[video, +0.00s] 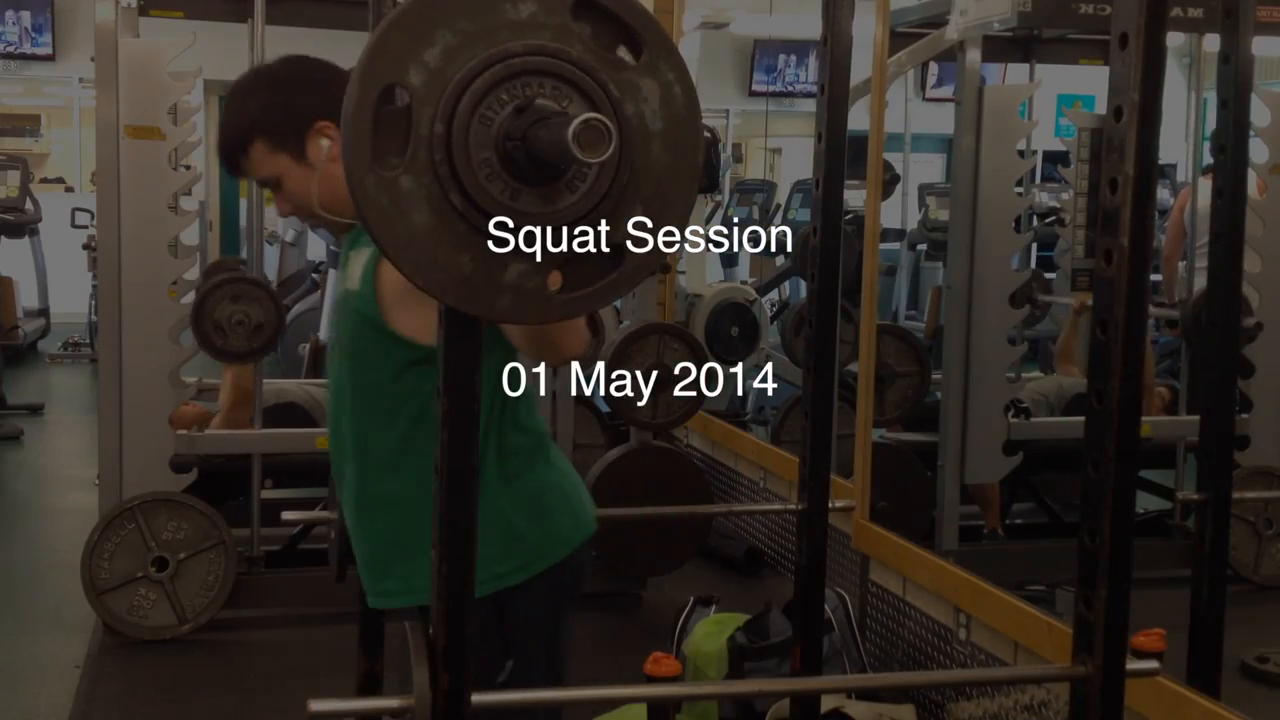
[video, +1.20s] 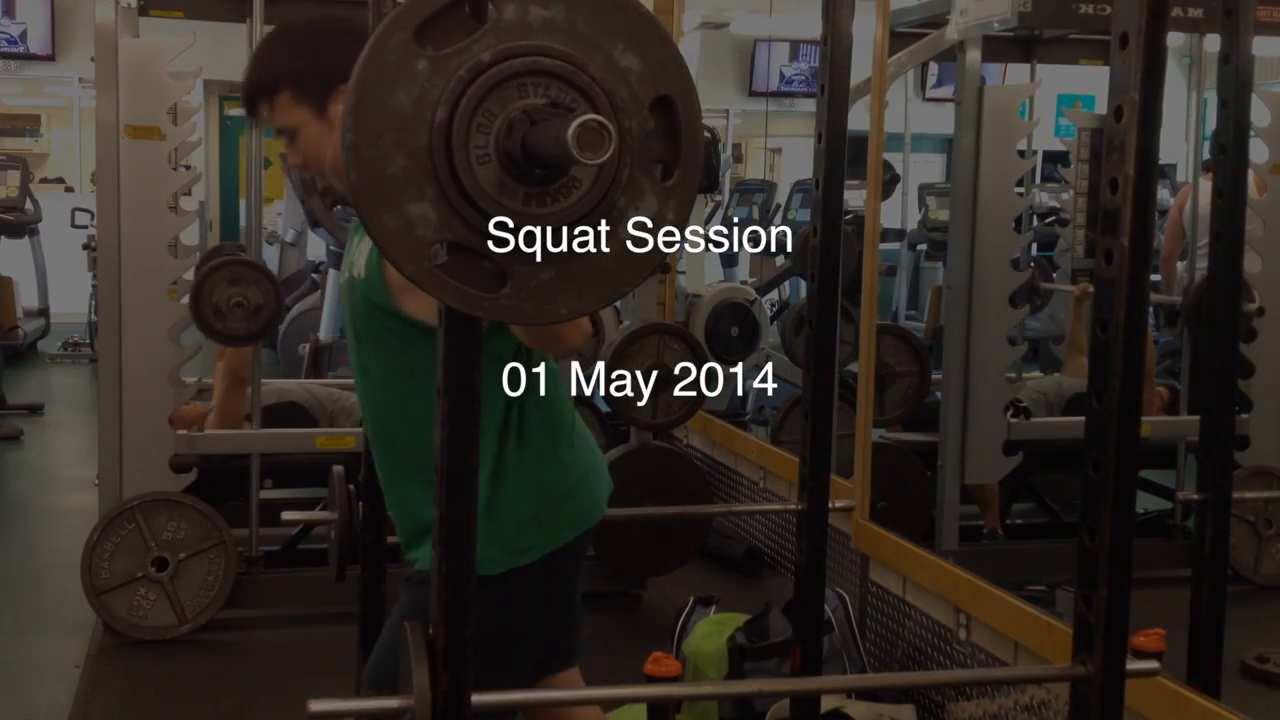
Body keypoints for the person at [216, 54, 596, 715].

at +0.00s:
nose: (280, 210)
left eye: (275, 184)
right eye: (268, 191)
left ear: (326, 144)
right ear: (327, 147)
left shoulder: (416, 245)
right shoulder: (363, 244)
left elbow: (560, 345)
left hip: (497, 566)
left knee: (509, 717)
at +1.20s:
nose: (291, 159)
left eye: (292, 134)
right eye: (281, 140)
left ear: (346, 107)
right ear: (335, 115)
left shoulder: (405, 230)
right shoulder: (374, 226)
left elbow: (567, 332)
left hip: (500, 524)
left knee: (391, 695)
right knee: (554, 686)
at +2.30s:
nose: (290, 155)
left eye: (292, 131)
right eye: (281, 139)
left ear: (347, 103)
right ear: (340, 108)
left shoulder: (405, 217)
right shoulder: (389, 220)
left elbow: (586, 320)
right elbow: (586, 319)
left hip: (512, 510)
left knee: (445, 689)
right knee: (579, 676)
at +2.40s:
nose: (289, 155)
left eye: (291, 131)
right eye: (280, 138)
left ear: (347, 103)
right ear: (342, 109)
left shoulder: (404, 215)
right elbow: (586, 318)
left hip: (509, 511)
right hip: (557, 489)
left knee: (455, 693)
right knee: (577, 676)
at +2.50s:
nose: (290, 157)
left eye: (291, 132)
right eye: (280, 140)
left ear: (347, 104)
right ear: (343, 110)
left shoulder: (403, 217)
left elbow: (588, 318)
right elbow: (588, 317)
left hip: (507, 515)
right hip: (557, 492)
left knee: (447, 695)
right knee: (578, 679)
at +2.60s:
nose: (289, 155)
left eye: (290, 131)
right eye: (280, 138)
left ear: (346, 103)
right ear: (341, 108)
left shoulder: (404, 217)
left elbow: (587, 318)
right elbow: (587, 317)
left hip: (506, 513)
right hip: (555, 492)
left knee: (450, 695)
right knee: (578, 678)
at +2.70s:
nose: (290, 154)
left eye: (291, 130)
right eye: (281, 137)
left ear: (347, 103)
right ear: (341, 109)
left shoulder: (406, 215)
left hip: (511, 509)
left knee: (457, 694)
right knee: (578, 678)